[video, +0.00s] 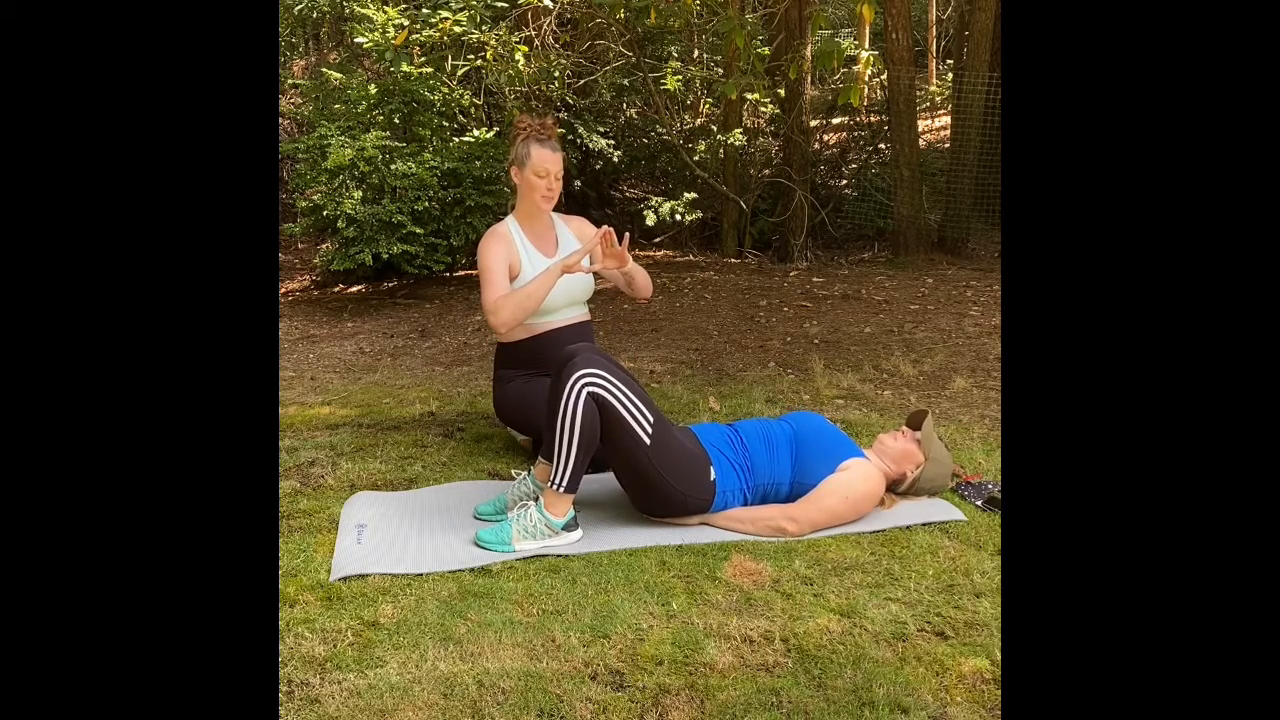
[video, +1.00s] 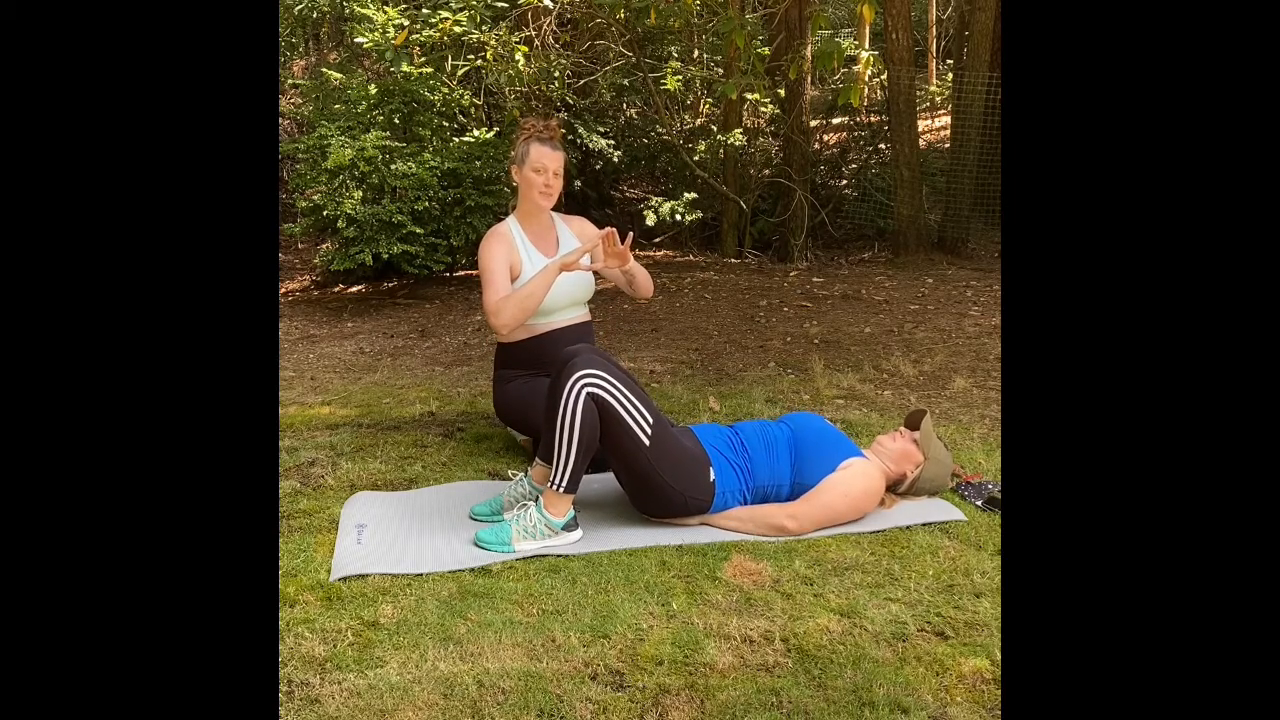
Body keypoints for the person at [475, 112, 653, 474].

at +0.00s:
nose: (552, 186)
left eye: (558, 176)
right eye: (541, 176)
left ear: (564, 177)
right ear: (515, 175)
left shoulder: (578, 229)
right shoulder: (497, 243)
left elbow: (643, 293)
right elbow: (500, 321)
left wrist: (627, 269)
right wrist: (556, 269)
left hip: (584, 364)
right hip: (523, 377)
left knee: (643, 439)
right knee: (606, 447)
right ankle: (541, 451)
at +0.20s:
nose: (548, 183)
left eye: (555, 174)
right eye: (537, 171)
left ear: (562, 179)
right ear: (515, 173)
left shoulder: (578, 229)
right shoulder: (498, 242)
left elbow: (643, 292)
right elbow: (501, 320)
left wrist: (627, 270)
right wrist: (554, 269)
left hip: (586, 363)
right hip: (523, 377)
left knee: (643, 436)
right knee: (603, 446)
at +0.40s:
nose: (548, 182)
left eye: (556, 173)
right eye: (538, 171)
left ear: (563, 179)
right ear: (515, 173)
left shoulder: (578, 229)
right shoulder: (498, 242)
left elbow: (644, 291)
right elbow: (501, 320)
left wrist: (627, 269)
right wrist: (554, 268)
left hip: (585, 363)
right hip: (523, 376)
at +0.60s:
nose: (549, 182)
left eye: (557, 173)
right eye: (539, 171)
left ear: (563, 179)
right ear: (515, 173)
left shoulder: (579, 229)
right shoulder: (498, 242)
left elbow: (644, 291)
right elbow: (501, 321)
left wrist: (627, 270)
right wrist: (555, 269)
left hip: (583, 364)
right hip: (523, 377)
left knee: (638, 441)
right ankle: (540, 452)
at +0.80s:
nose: (549, 182)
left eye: (557, 173)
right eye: (539, 171)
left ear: (564, 179)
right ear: (515, 173)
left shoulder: (579, 229)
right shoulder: (498, 242)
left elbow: (644, 292)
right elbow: (501, 321)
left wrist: (628, 270)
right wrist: (555, 269)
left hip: (583, 364)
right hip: (523, 377)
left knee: (639, 441)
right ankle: (541, 452)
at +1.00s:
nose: (550, 182)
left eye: (557, 174)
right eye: (539, 171)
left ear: (564, 179)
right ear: (516, 174)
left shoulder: (579, 229)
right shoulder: (498, 242)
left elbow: (644, 292)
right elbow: (501, 321)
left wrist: (629, 269)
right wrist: (554, 267)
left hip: (583, 364)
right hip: (523, 377)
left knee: (641, 441)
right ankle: (540, 452)